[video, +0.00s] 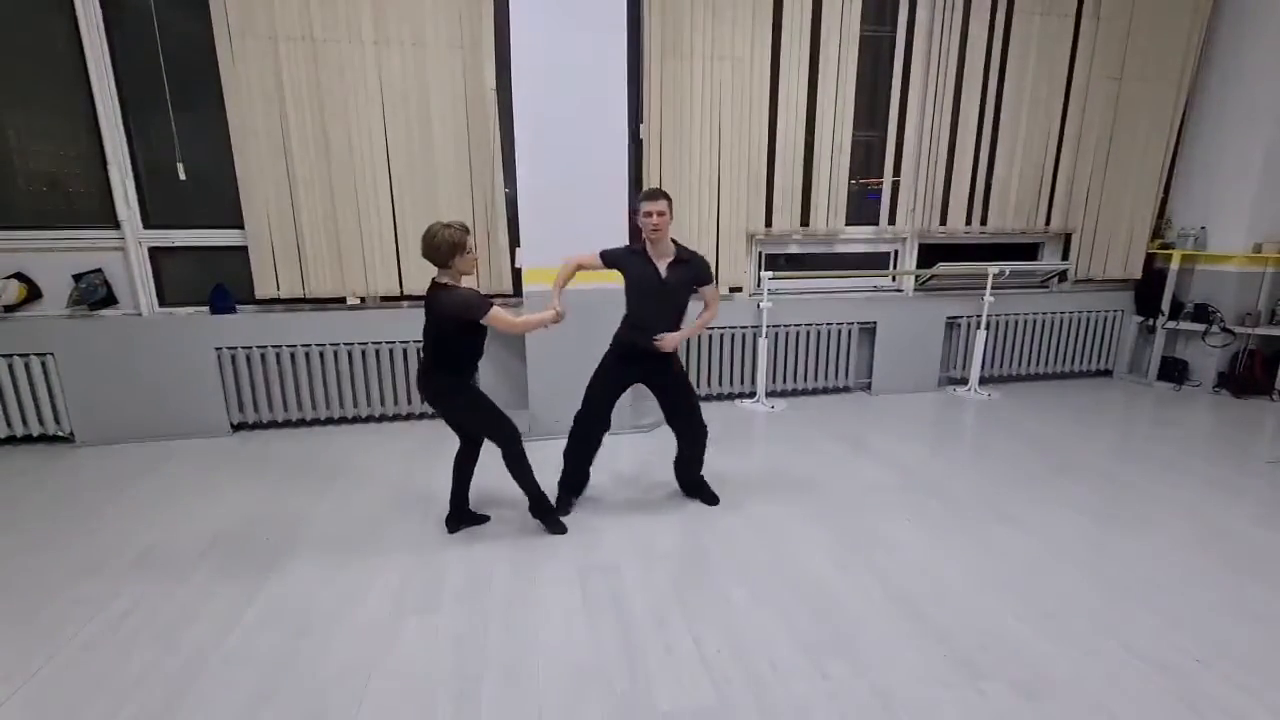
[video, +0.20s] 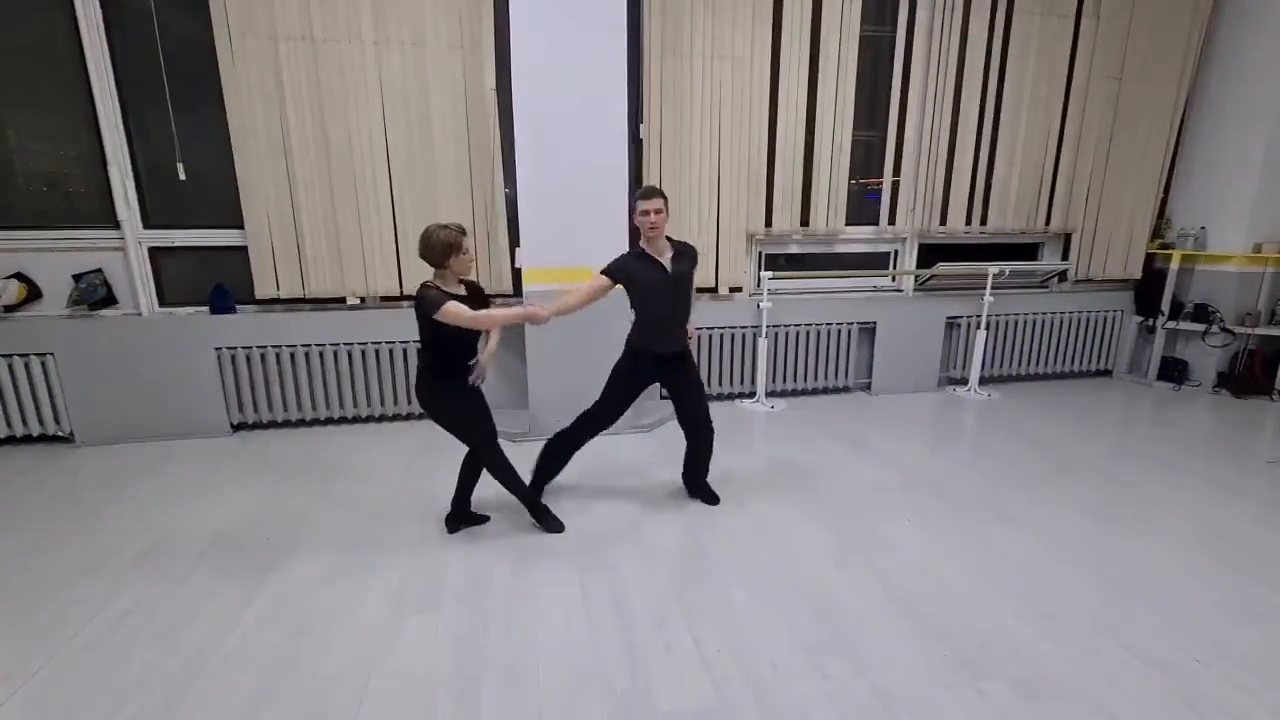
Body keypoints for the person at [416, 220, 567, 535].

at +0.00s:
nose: (475, 254)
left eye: (472, 248)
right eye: (468, 251)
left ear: (447, 259)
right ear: (452, 260)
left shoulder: (440, 290)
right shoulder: (464, 298)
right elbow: (513, 325)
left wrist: (492, 307)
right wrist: (553, 316)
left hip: (436, 381)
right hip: (451, 385)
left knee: (471, 437)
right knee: (507, 433)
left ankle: (458, 512)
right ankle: (541, 505)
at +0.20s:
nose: (472, 257)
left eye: (471, 251)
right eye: (465, 253)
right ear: (446, 261)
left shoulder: (472, 290)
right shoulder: (429, 296)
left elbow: (496, 323)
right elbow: (472, 320)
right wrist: (522, 314)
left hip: (464, 383)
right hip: (435, 388)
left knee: (484, 440)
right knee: (485, 442)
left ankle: (459, 512)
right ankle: (535, 507)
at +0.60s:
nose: (480, 256)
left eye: (478, 250)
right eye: (475, 251)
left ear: (460, 258)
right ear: (457, 259)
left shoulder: (478, 289)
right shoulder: (441, 301)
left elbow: (501, 318)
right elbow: (489, 321)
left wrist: (523, 348)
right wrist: (541, 318)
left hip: (472, 383)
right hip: (448, 388)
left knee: (485, 440)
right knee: (508, 432)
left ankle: (457, 510)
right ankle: (532, 502)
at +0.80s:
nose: (506, 248)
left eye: (504, 242)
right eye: (503, 243)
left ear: (468, 248)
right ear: (492, 248)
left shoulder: (450, 285)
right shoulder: (510, 287)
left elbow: (413, 315)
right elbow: (551, 319)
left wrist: (392, 336)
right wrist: (576, 334)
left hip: (466, 379)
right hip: (503, 379)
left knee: (484, 436)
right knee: (538, 433)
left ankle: (461, 507)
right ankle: (552, 507)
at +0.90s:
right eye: (523, 231)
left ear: (487, 238)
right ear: (522, 236)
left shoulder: (479, 277)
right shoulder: (535, 274)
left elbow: (461, 327)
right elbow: (554, 321)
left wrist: (426, 352)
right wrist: (528, 322)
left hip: (489, 367)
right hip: (530, 365)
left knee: (485, 433)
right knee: (530, 427)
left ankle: (469, 503)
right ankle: (555, 501)